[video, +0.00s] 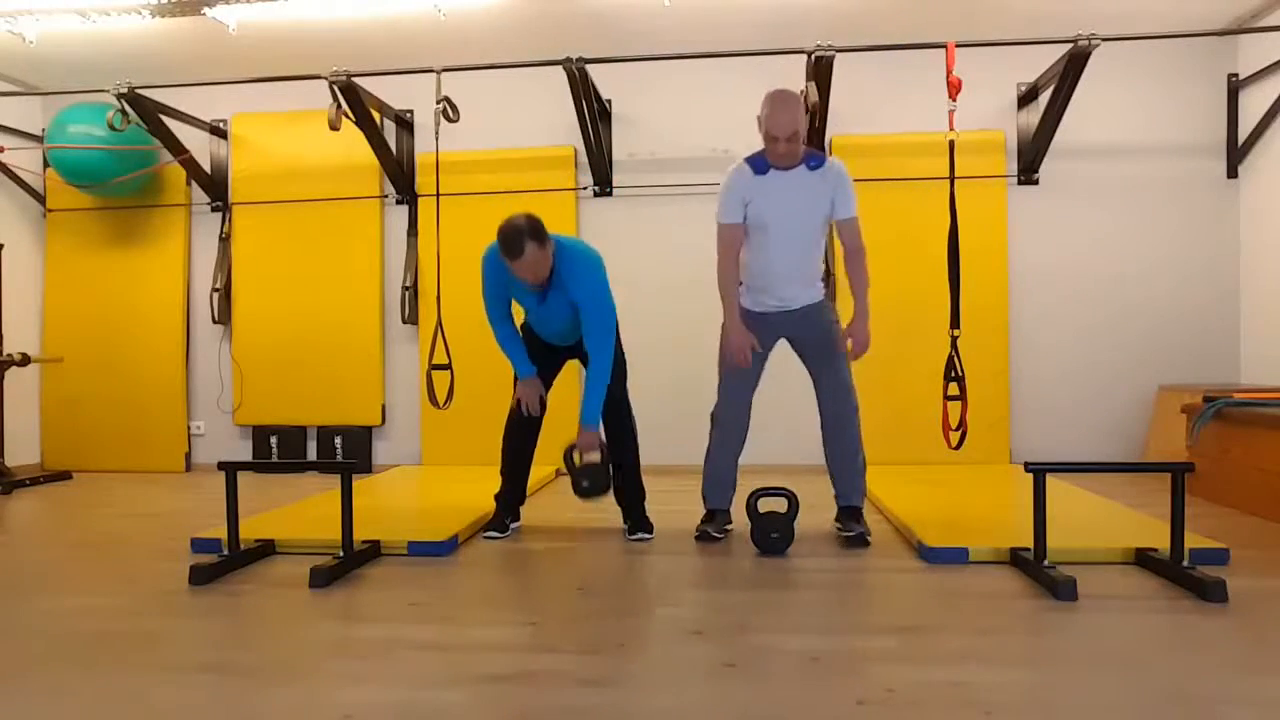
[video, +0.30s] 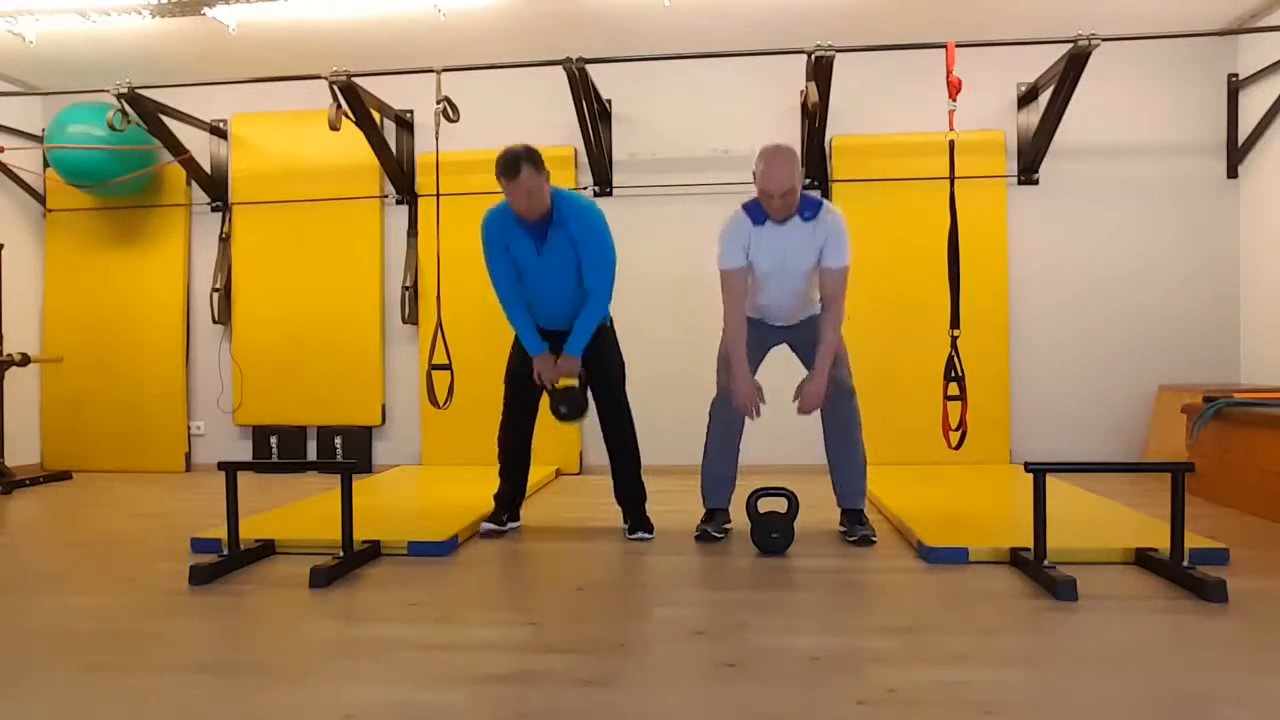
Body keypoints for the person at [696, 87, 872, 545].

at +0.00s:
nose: (785, 146)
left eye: (793, 137)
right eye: (776, 138)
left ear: (805, 129)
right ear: (760, 129)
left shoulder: (831, 174)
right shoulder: (741, 179)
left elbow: (852, 247)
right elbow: (727, 254)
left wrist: (860, 315)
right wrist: (731, 321)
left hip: (812, 311)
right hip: (752, 313)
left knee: (841, 404)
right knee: (729, 409)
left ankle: (850, 509)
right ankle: (717, 510)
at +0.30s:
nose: (777, 203)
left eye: (786, 194)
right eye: (767, 195)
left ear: (801, 182)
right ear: (754, 184)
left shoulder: (829, 221)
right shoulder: (738, 227)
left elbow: (833, 304)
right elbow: (734, 309)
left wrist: (820, 374)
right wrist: (740, 374)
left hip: (809, 322)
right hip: (752, 324)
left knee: (840, 394)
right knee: (727, 399)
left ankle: (853, 510)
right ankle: (716, 509)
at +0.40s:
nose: (777, 220)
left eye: (786, 210)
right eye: (768, 211)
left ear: (801, 197)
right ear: (755, 198)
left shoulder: (828, 237)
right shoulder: (737, 241)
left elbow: (829, 317)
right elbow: (735, 319)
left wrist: (813, 388)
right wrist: (742, 385)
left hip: (808, 328)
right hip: (753, 329)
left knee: (840, 396)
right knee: (727, 400)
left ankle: (853, 510)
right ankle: (712, 508)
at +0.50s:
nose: (775, 236)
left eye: (784, 226)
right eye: (766, 227)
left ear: (799, 211)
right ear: (753, 211)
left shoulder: (825, 250)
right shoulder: (734, 254)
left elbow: (826, 331)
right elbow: (736, 332)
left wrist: (809, 403)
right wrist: (745, 397)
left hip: (809, 333)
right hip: (754, 334)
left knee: (840, 395)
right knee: (726, 401)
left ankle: (853, 510)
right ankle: (715, 508)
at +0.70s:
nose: (772, 275)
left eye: (781, 266)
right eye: (763, 266)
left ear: (797, 249)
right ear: (750, 248)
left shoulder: (824, 282)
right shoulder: (733, 285)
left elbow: (817, 364)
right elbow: (739, 365)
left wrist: (798, 436)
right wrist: (753, 434)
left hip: (805, 344)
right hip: (751, 345)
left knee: (839, 397)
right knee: (722, 401)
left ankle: (853, 511)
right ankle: (712, 509)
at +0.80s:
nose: (774, 293)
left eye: (783, 284)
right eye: (765, 284)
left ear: (798, 267)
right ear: (752, 267)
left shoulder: (824, 298)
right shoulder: (735, 300)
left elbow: (813, 380)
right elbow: (742, 384)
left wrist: (794, 455)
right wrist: (757, 454)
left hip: (806, 347)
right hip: (750, 348)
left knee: (839, 398)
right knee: (720, 399)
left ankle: (853, 510)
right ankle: (712, 509)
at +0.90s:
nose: (775, 308)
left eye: (784, 300)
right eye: (766, 299)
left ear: (799, 284)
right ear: (753, 284)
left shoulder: (825, 311)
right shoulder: (736, 312)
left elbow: (812, 395)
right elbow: (745, 396)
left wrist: (795, 467)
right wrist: (756, 464)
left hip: (806, 350)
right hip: (750, 351)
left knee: (839, 402)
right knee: (721, 404)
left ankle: (853, 510)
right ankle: (713, 508)